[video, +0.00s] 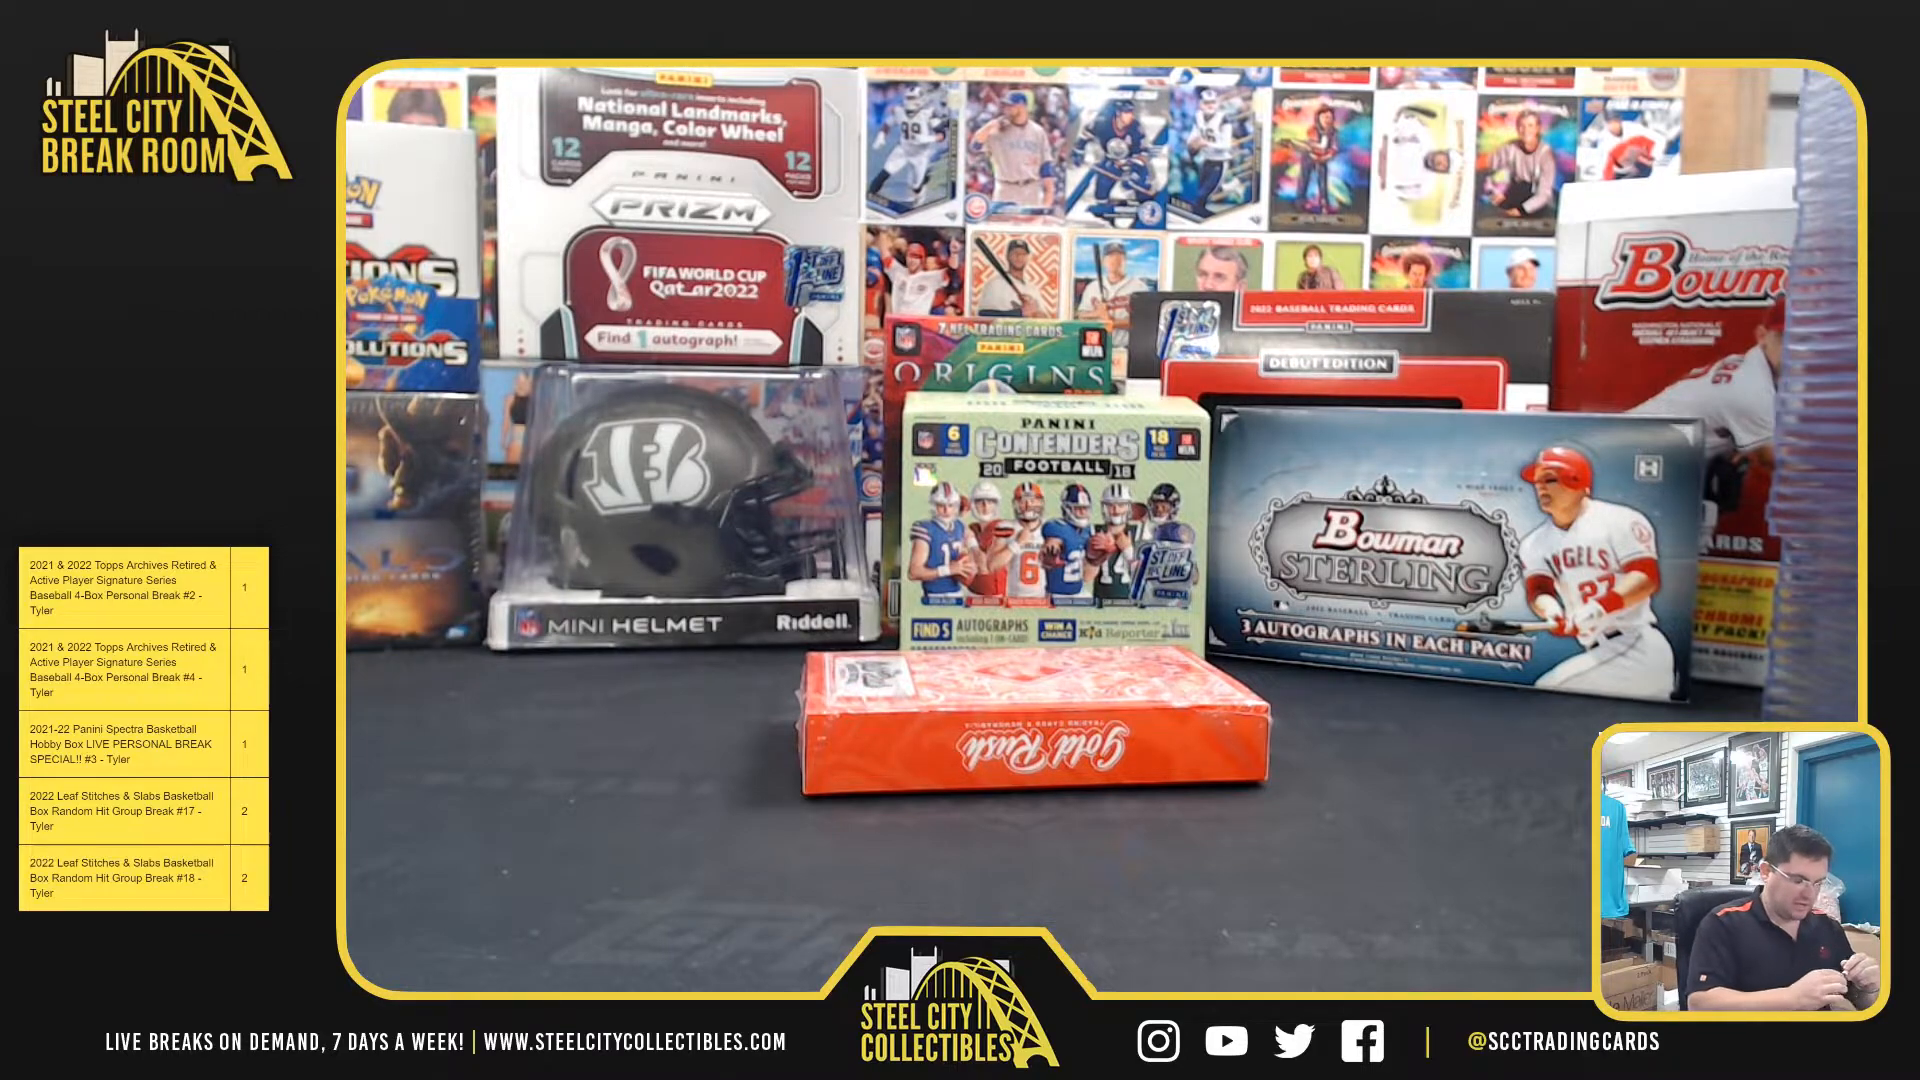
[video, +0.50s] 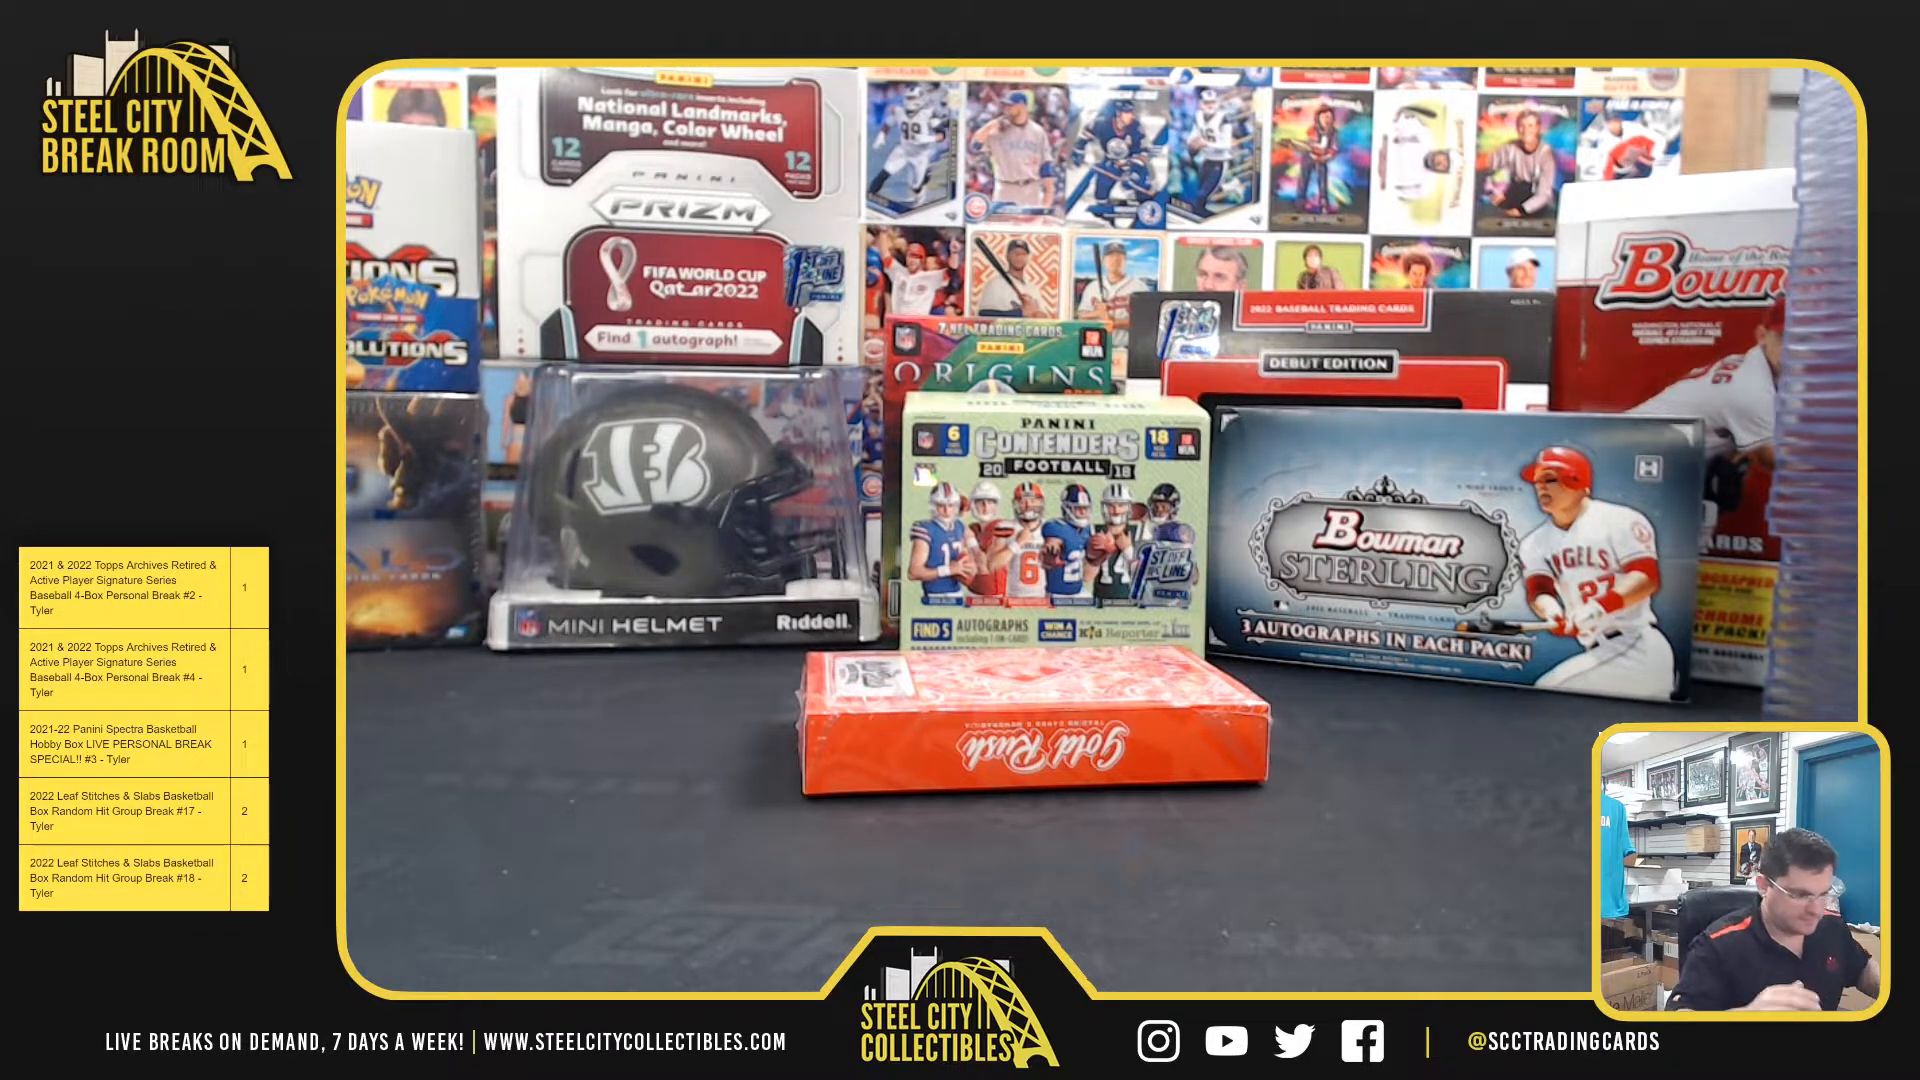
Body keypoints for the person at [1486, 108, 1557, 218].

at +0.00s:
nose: (1526, 130)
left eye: (1530, 126)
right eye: (1522, 126)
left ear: (1538, 128)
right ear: (1518, 129)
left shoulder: (1545, 154)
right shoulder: (1506, 151)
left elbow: (1545, 192)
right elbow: (1490, 179)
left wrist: (1523, 209)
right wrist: (1495, 193)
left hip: (1535, 188)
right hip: (1511, 187)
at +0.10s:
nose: (1526, 130)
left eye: (1530, 126)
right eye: (1522, 126)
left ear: (1538, 128)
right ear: (1518, 129)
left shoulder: (1545, 154)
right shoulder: (1506, 151)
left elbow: (1545, 192)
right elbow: (1490, 179)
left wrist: (1523, 209)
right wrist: (1495, 193)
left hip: (1535, 188)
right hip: (1511, 187)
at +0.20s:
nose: (1526, 130)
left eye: (1530, 126)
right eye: (1522, 126)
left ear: (1539, 128)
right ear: (1518, 130)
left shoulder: (1545, 154)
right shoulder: (1506, 151)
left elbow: (1545, 191)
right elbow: (1490, 178)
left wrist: (1523, 209)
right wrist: (1495, 193)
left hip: (1535, 188)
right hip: (1511, 187)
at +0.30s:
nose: (1526, 130)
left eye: (1530, 126)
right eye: (1522, 126)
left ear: (1539, 128)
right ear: (1518, 130)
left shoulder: (1545, 154)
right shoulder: (1506, 151)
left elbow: (1545, 191)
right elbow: (1490, 178)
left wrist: (1523, 209)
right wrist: (1495, 193)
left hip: (1535, 187)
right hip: (1511, 187)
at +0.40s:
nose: (1526, 130)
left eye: (1530, 126)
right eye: (1522, 126)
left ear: (1539, 128)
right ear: (1518, 130)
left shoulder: (1545, 154)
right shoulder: (1506, 151)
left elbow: (1545, 191)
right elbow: (1490, 178)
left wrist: (1523, 209)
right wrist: (1495, 193)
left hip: (1535, 188)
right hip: (1511, 187)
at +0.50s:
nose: (1526, 130)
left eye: (1530, 126)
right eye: (1522, 126)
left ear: (1539, 128)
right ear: (1518, 130)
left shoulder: (1545, 154)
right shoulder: (1506, 151)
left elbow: (1545, 191)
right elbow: (1490, 178)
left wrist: (1523, 209)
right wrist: (1495, 193)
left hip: (1535, 188)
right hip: (1511, 187)